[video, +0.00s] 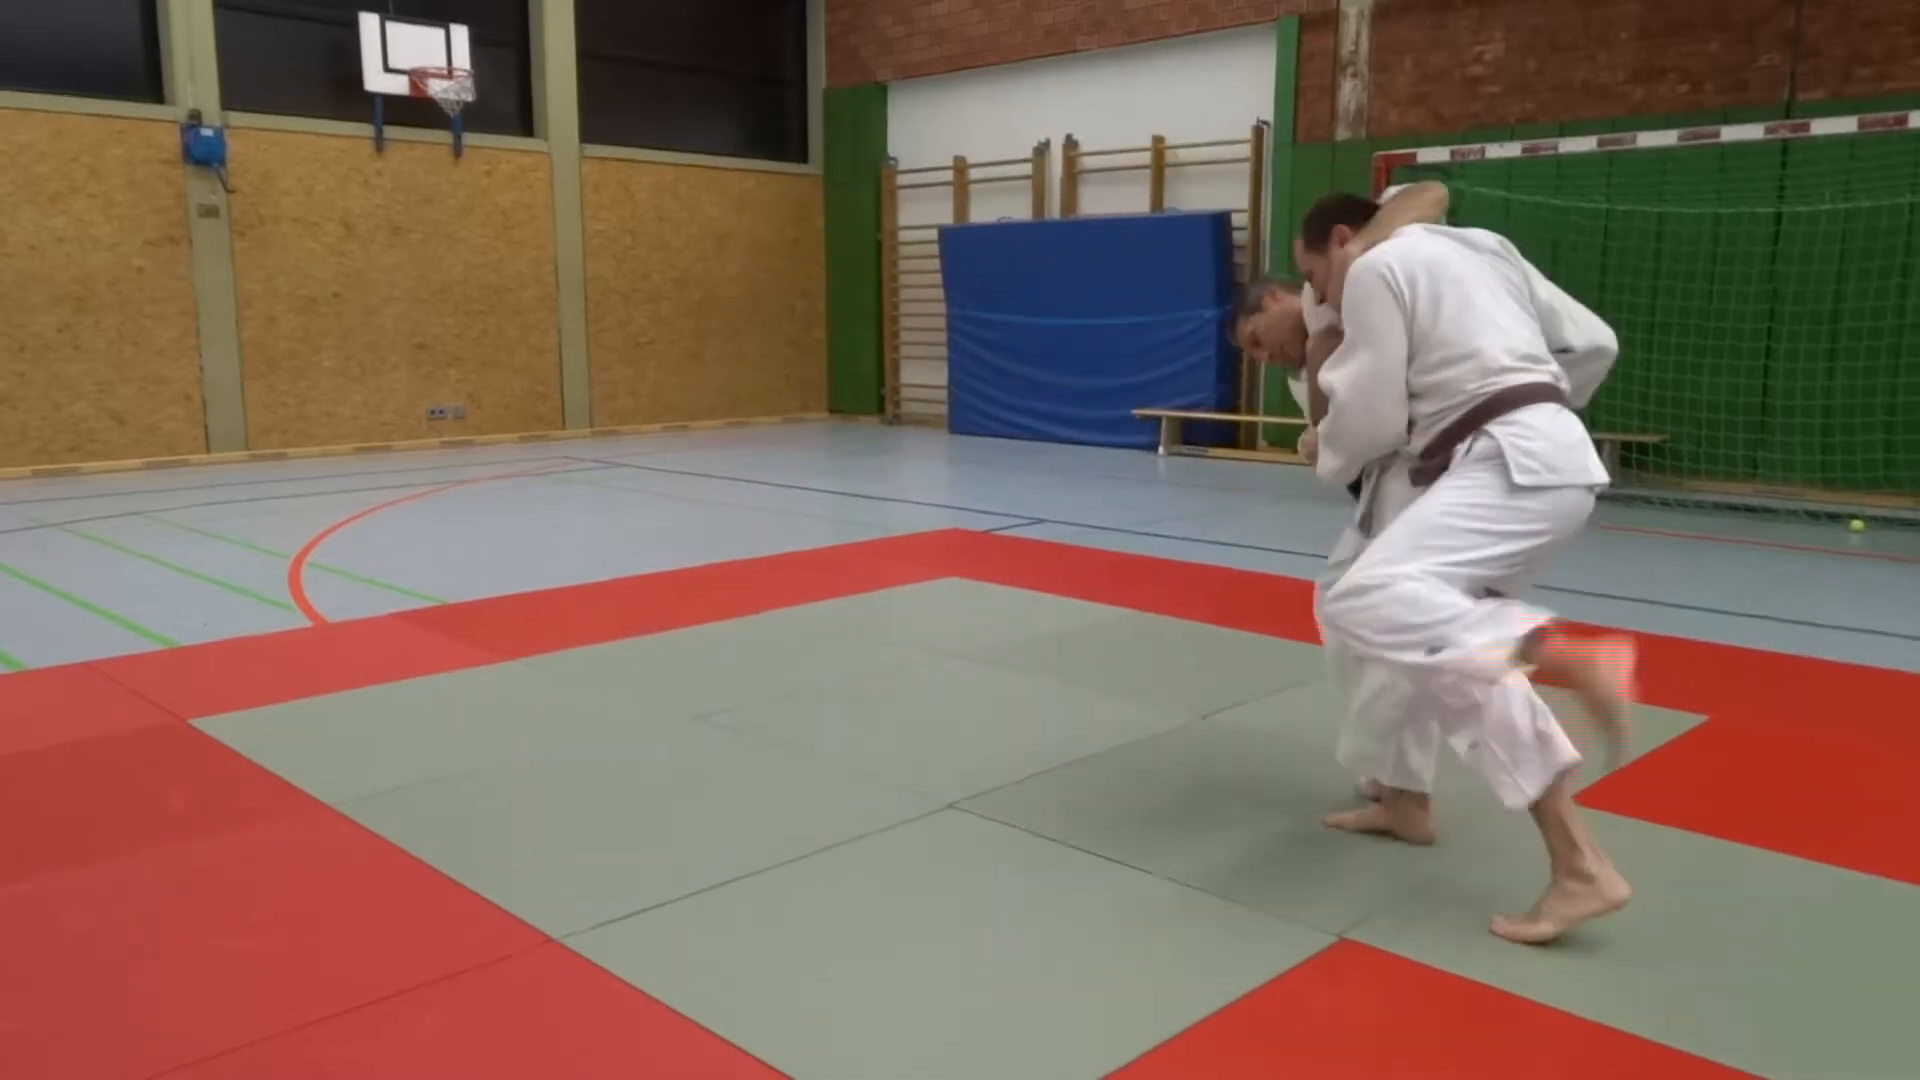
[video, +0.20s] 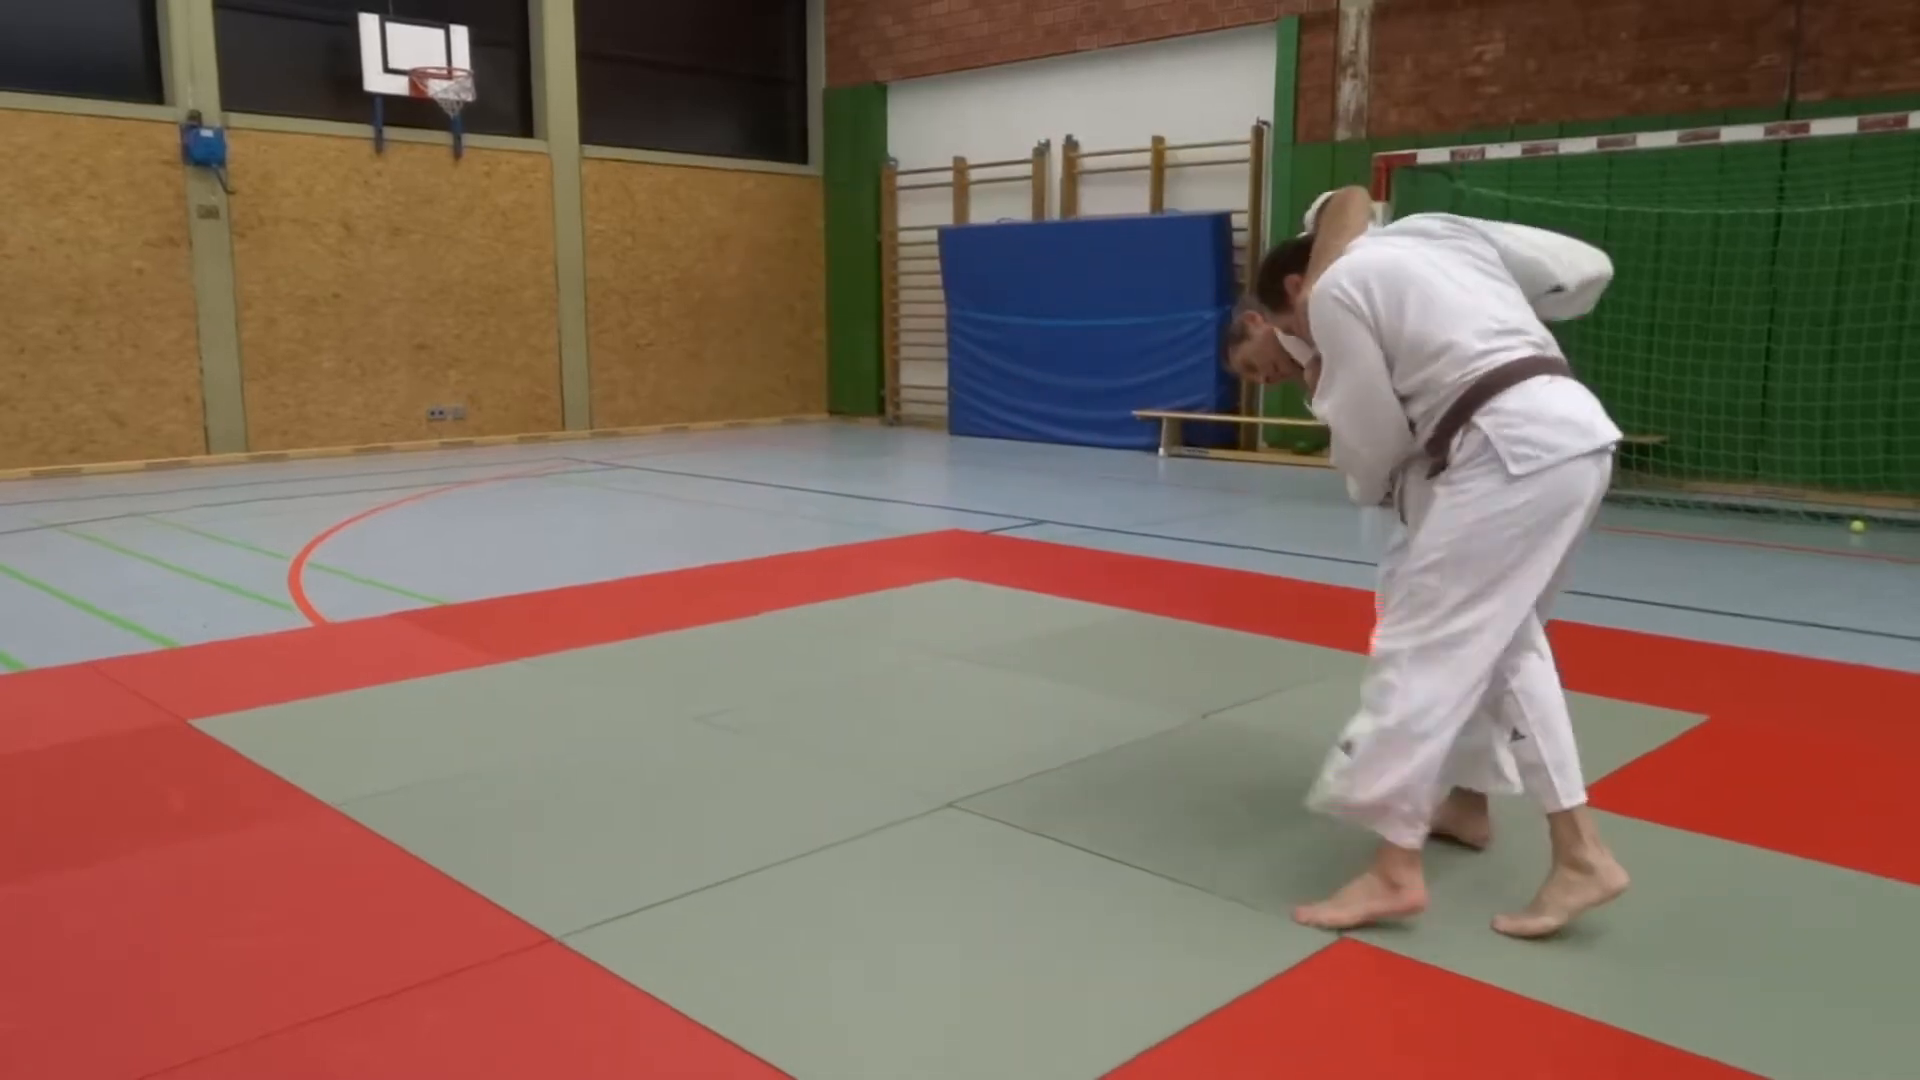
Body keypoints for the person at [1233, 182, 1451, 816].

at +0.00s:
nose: (1262, 353)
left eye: (1256, 337)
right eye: (1253, 352)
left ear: (1278, 296)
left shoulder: (1343, 282)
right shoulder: (1305, 378)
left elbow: (1431, 194)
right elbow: (1324, 446)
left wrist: (1358, 255)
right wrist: (1318, 370)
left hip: (1445, 455)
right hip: (1391, 477)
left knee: (1368, 594)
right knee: (1352, 596)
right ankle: (1400, 793)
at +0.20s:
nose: (1301, 341)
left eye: (1290, 326)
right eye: (1290, 333)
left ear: (1299, 288)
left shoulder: (1333, 291)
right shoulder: (1443, 230)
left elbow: (1373, 437)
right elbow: (1586, 268)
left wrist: (1368, 487)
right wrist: (1503, 326)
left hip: (1510, 446)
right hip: (1583, 433)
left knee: (1419, 636)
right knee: (1508, 635)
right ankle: (1580, 856)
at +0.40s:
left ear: (1314, 257)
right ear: (1372, 225)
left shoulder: (1304, 294)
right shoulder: (1455, 230)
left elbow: (1354, 457)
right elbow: (1535, 316)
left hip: (1461, 451)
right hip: (1570, 439)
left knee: (1339, 645)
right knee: (1576, 658)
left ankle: (1329, 864)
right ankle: (1604, 846)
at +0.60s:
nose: (1318, 308)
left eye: (1321, 297)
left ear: (1332, 295)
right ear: (1390, 276)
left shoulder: (1306, 341)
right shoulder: (1472, 295)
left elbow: (1304, 490)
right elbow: (1518, 395)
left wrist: (1345, 567)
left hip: (1404, 510)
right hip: (1529, 501)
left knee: (1317, 681)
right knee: (1547, 682)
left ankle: (1322, 869)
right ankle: (1635, 858)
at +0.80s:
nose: (1292, 308)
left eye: (1297, 299)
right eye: (1306, 294)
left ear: (1302, 312)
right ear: (1367, 289)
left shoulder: (1271, 361)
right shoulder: (1429, 299)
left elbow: (1293, 513)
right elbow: (1516, 339)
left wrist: (1340, 577)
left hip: (1387, 509)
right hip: (1513, 494)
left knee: (1316, 681)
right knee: (1491, 663)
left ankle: (1315, 863)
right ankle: (1539, 883)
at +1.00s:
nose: (1320, 261)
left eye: (1308, 267)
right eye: (1324, 261)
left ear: (1285, 289)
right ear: (1360, 259)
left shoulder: (1255, 328)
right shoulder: (1421, 263)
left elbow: (1266, 472)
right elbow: (1507, 334)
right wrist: (1482, 430)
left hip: (1337, 485)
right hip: (1467, 464)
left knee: (1265, 643)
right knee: (1558, 657)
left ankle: (1233, 822)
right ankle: (1646, 873)